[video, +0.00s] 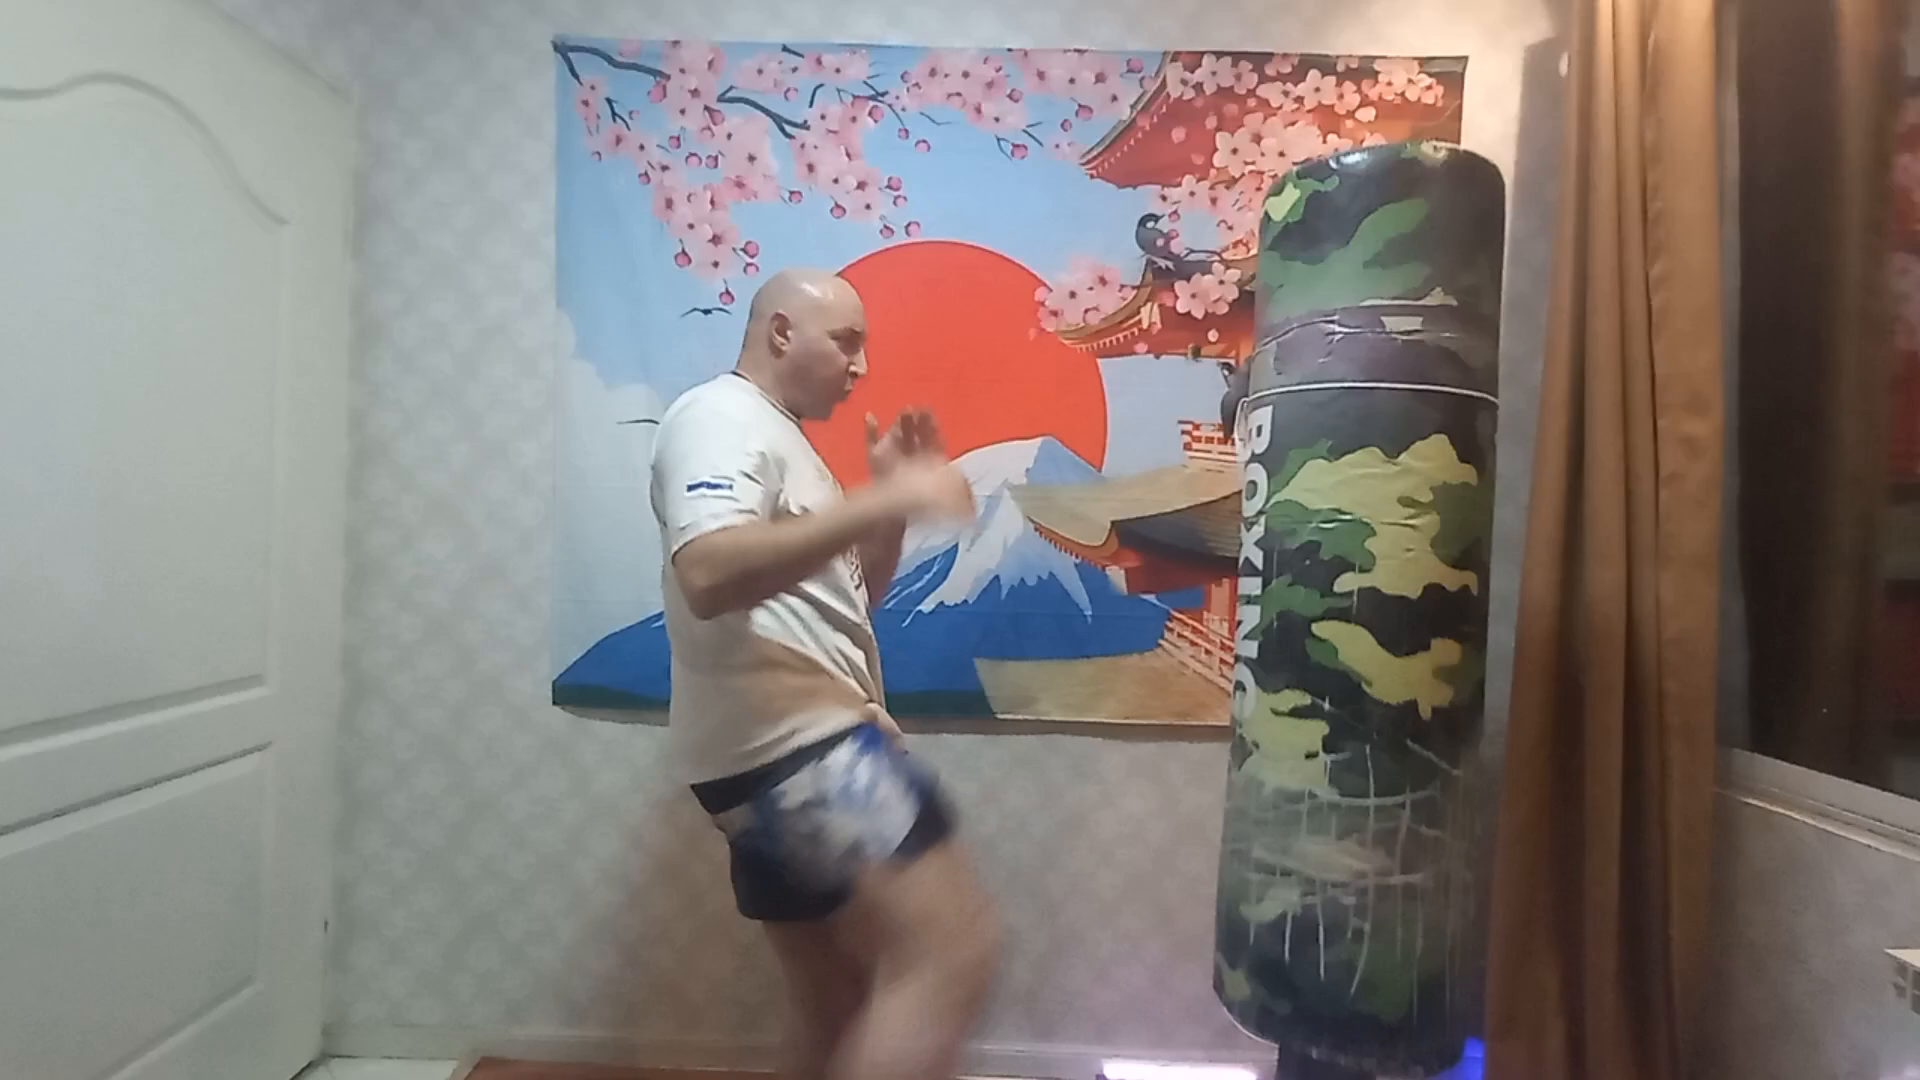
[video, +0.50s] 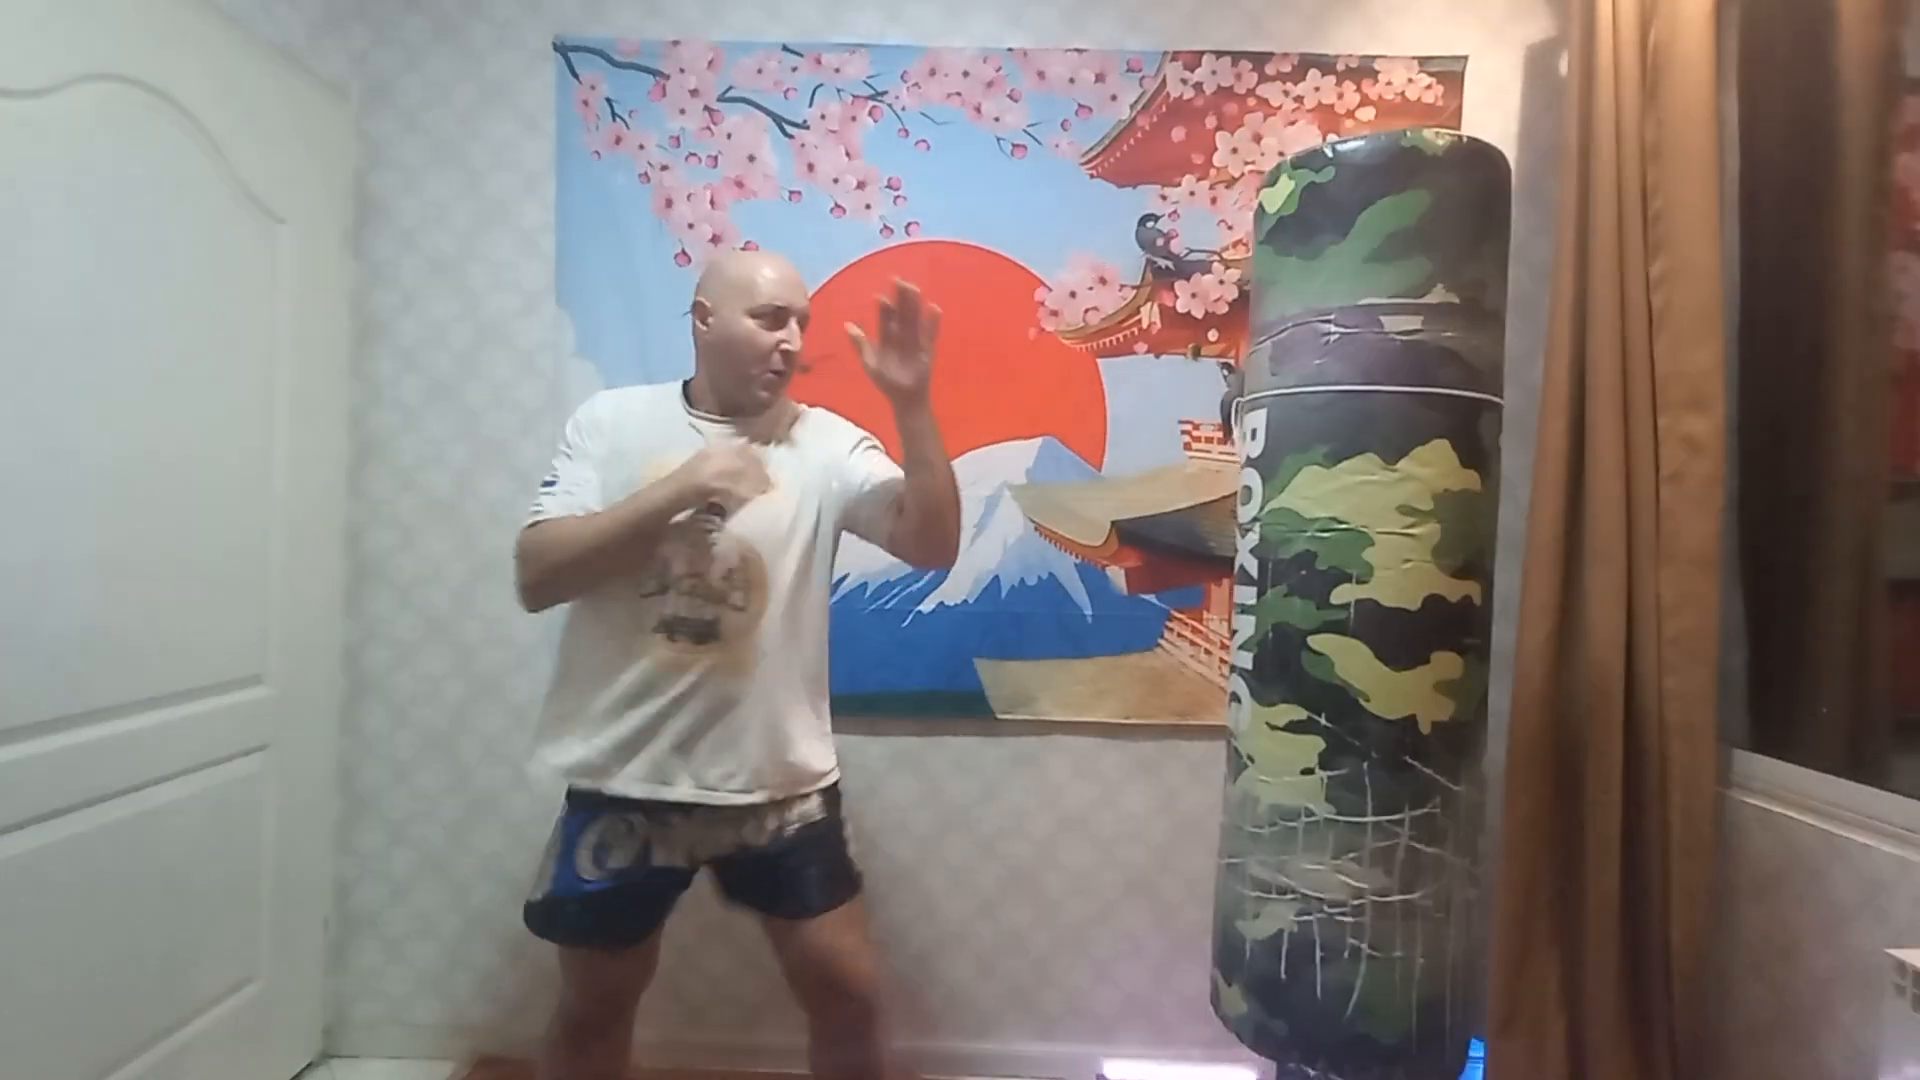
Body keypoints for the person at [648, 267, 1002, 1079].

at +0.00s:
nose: (859, 363)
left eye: (862, 345)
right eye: (844, 341)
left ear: (782, 339)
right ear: (779, 334)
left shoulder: (786, 445)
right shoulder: (718, 412)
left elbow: (851, 595)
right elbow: (707, 572)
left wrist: (891, 499)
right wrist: (887, 501)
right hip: (792, 743)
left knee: (835, 1014)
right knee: (951, 947)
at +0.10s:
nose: (846, 353)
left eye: (850, 335)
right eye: (831, 331)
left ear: (777, 333)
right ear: (766, 327)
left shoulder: (816, 446)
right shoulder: (691, 416)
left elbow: (891, 572)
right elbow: (714, 561)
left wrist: (903, 460)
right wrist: (843, 435)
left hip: (847, 767)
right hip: (758, 780)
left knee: (835, 1039)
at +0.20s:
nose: (828, 341)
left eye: (833, 325)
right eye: (809, 321)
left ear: (834, 332)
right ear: (741, 318)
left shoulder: (825, 436)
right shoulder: (654, 417)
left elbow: (910, 559)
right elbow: (692, 552)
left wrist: (896, 444)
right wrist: (799, 412)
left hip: (843, 778)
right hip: (698, 799)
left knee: (845, 1008)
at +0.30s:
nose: (809, 338)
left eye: (815, 320)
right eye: (788, 318)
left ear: (816, 330)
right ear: (718, 320)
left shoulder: (821, 436)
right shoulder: (619, 415)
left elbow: (909, 560)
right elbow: (611, 563)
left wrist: (882, 439)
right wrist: (751, 434)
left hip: (820, 780)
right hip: (660, 791)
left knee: (883, 988)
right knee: (589, 1026)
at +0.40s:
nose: (794, 342)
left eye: (801, 323)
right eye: (772, 320)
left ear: (805, 335)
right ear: (704, 321)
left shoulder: (821, 446)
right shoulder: (603, 421)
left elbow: (918, 552)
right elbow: (536, 576)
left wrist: (887, 418)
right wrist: (691, 482)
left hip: (784, 793)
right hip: (629, 798)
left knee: (861, 1009)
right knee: (590, 1028)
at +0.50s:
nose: (792, 342)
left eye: (801, 324)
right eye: (770, 318)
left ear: (807, 336)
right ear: (703, 320)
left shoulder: (828, 445)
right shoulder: (610, 423)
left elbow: (929, 543)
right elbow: (538, 576)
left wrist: (914, 405)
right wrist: (679, 490)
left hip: (781, 783)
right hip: (623, 782)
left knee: (851, 1000)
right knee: (590, 1022)